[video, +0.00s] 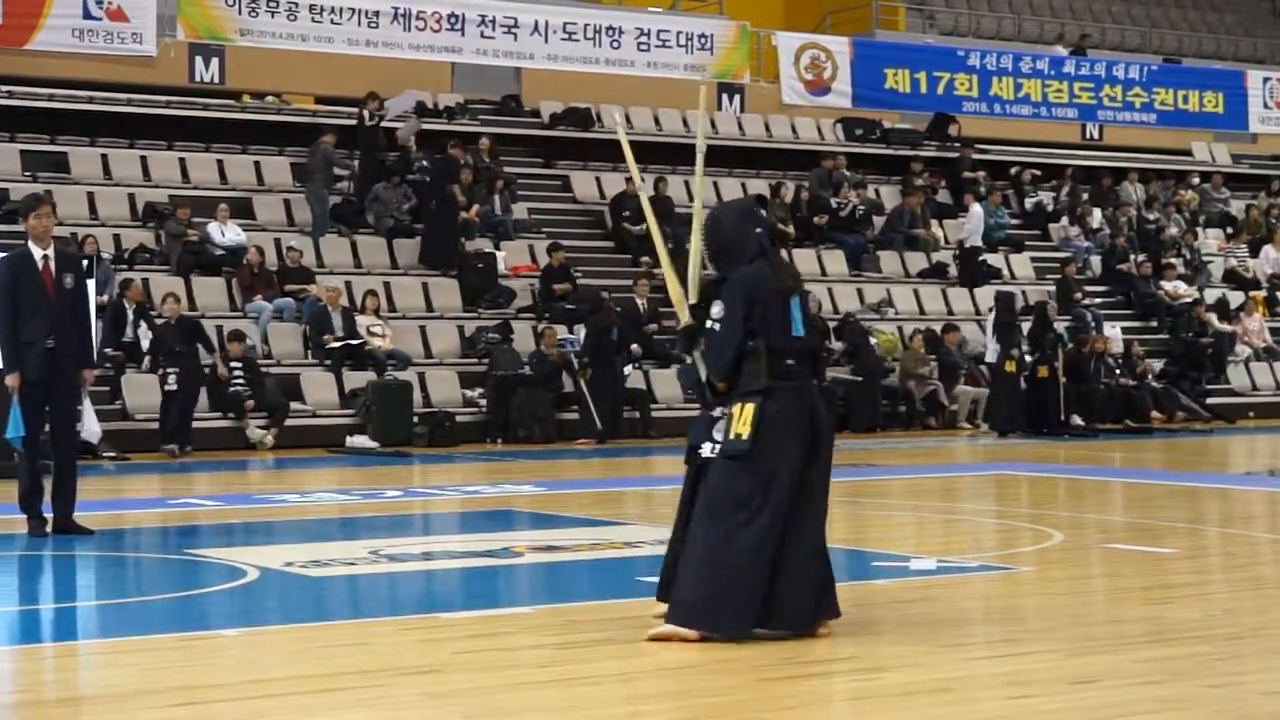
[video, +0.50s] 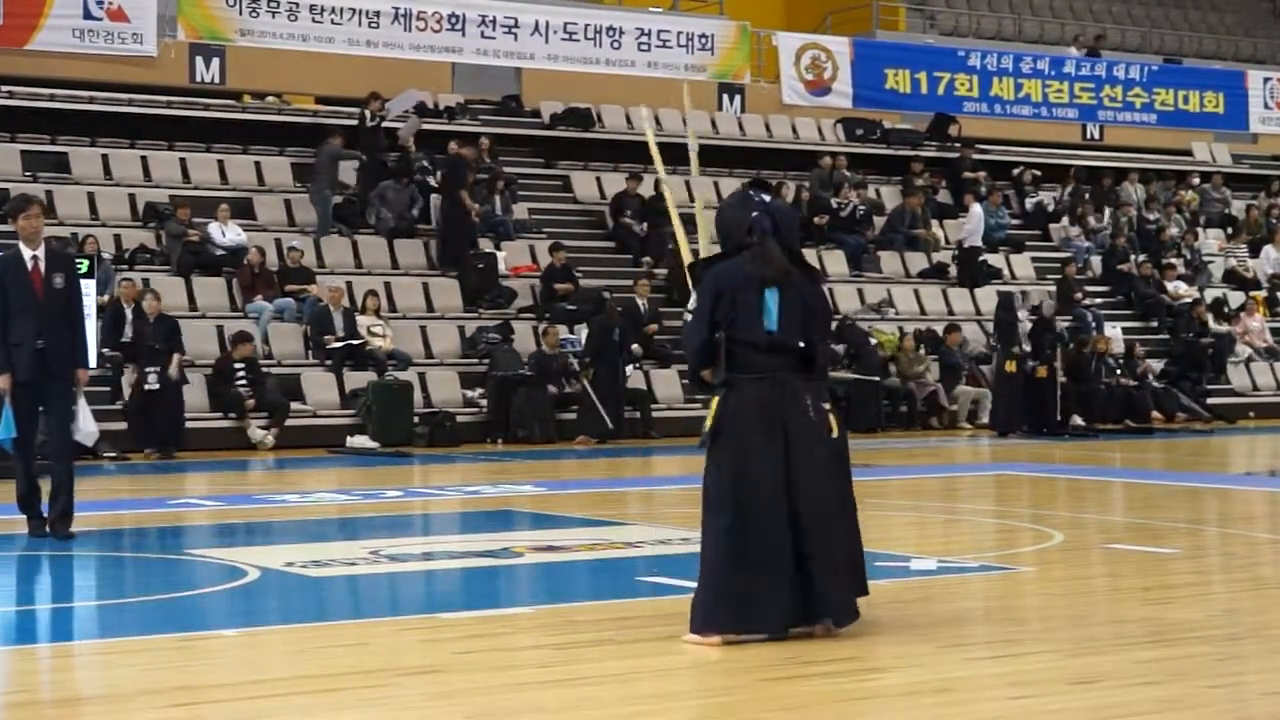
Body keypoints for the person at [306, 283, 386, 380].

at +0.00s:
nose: (330, 294)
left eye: (333, 291)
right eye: (327, 291)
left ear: (340, 294)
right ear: (324, 293)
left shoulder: (347, 311)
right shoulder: (317, 312)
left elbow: (353, 333)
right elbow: (314, 337)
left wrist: (362, 340)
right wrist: (324, 340)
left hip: (346, 343)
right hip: (328, 345)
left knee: (359, 351)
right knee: (337, 354)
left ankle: (361, 383)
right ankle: (338, 388)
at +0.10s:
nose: (329, 294)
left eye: (333, 291)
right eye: (327, 291)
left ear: (340, 294)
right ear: (324, 293)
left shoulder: (347, 311)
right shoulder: (318, 311)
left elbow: (353, 333)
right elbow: (314, 337)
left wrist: (361, 340)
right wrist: (324, 340)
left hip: (346, 343)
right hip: (327, 345)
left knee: (359, 350)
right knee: (339, 352)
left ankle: (361, 381)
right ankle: (338, 386)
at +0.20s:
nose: (331, 294)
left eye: (334, 291)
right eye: (328, 291)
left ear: (341, 295)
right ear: (325, 294)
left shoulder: (348, 312)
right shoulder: (318, 312)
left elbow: (353, 333)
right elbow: (314, 336)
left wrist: (361, 340)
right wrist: (324, 340)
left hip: (347, 343)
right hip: (328, 345)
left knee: (359, 351)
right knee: (339, 353)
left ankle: (361, 381)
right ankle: (337, 384)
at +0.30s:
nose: (331, 294)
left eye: (334, 291)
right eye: (329, 291)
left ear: (342, 294)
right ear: (326, 293)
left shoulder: (348, 312)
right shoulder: (319, 312)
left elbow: (353, 333)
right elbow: (314, 336)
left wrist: (361, 339)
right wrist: (324, 340)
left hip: (347, 343)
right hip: (328, 345)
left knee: (359, 351)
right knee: (338, 353)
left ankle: (361, 381)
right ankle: (337, 385)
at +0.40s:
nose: (331, 294)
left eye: (334, 291)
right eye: (329, 291)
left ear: (342, 294)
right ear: (326, 293)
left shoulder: (348, 312)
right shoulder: (319, 312)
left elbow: (353, 333)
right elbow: (314, 336)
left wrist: (361, 339)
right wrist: (324, 340)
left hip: (347, 343)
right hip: (328, 345)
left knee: (359, 351)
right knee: (338, 353)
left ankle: (361, 381)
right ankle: (337, 385)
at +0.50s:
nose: (332, 295)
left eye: (336, 292)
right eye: (330, 291)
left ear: (342, 295)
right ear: (327, 293)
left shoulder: (348, 312)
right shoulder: (319, 312)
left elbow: (353, 333)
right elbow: (314, 336)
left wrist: (361, 340)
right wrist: (324, 340)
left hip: (347, 344)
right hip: (328, 345)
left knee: (360, 351)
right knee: (339, 354)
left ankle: (360, 382)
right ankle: (337, 384)